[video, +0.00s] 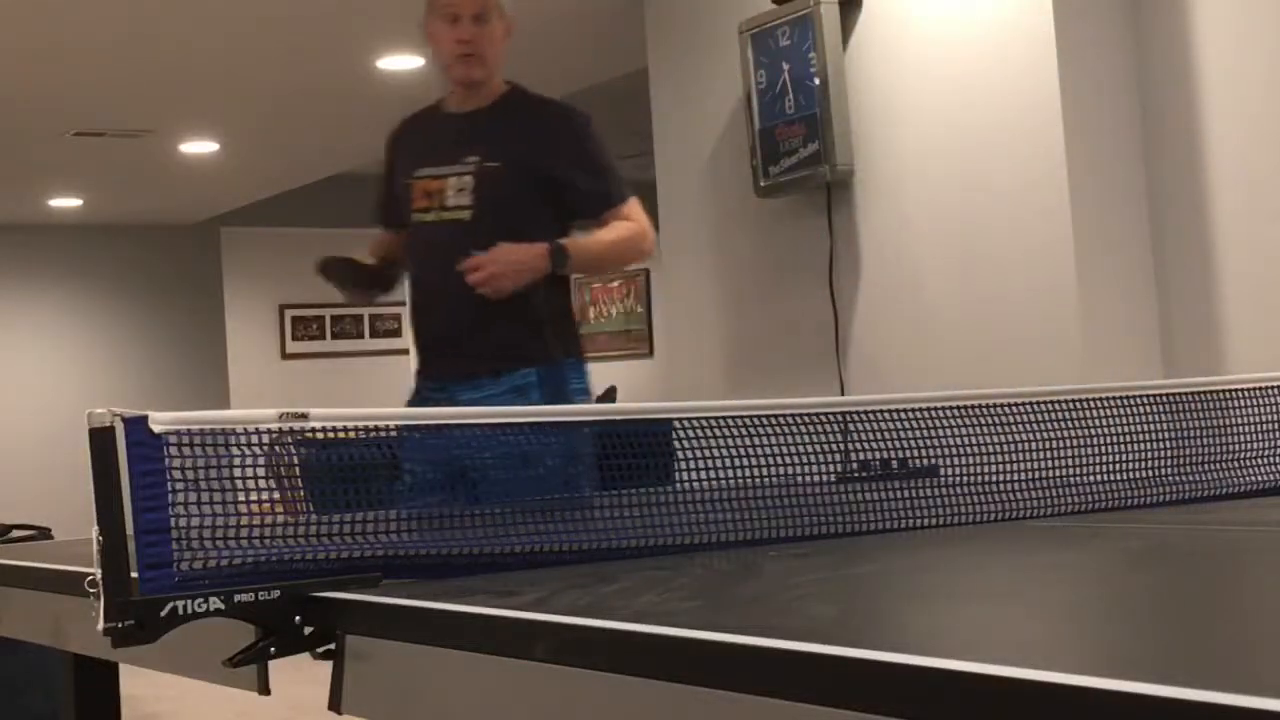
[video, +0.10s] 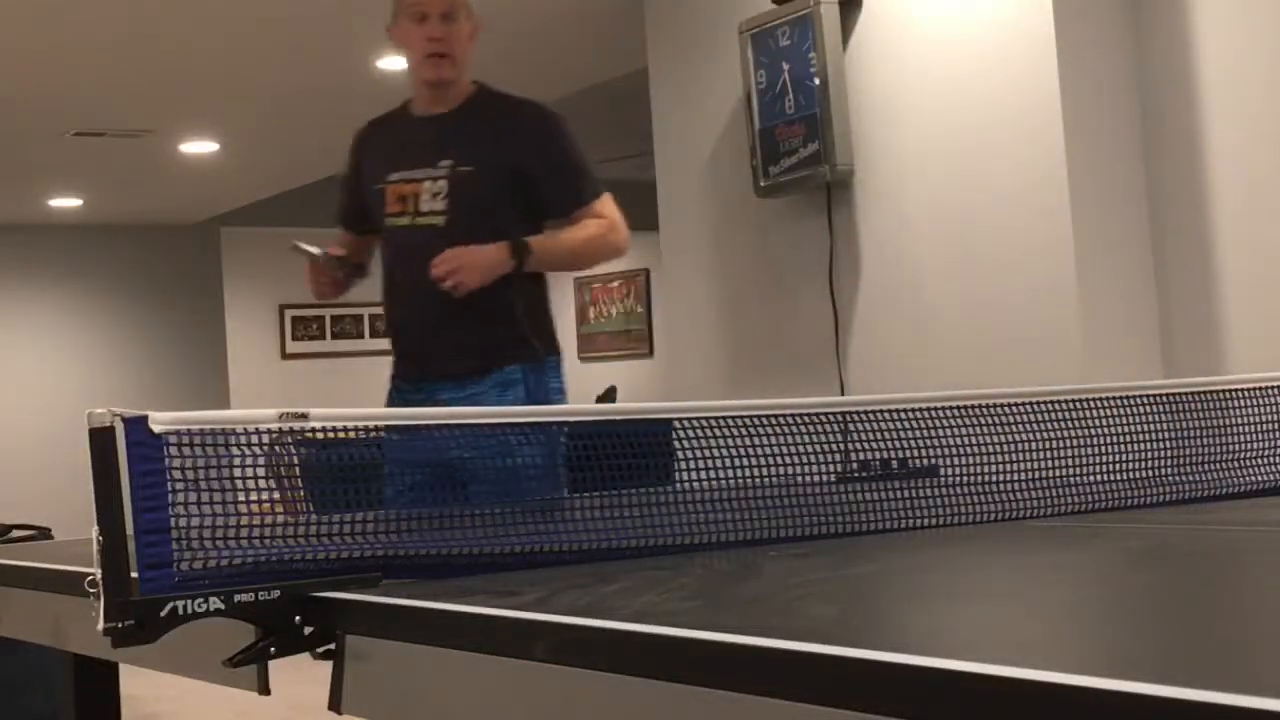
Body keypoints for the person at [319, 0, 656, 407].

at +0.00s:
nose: (465, 33)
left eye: (480, 19)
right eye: (450, 19)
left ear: (506, 30)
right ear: (428, 34)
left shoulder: (555, 126)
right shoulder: (410, 139)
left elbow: (638, 236)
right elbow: (398, 241)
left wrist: (547, 257)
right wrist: (372, 271)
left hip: (536, 389)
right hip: (438, 392)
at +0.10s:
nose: (436, 33)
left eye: (449, 17)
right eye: (419, 19)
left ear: (473, 30)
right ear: (396, 36)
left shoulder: (527, 126)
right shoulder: (375, 143)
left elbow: (611, 233)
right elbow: (355, 247)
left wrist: (508, 254)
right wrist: (331, 274)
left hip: (512, 387)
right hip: (414, 392)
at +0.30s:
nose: (398, 36)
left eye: (411, 22)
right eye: (381, 23)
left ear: (434, 36)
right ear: (356, 42)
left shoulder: (490, 129)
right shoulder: (333, 148)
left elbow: (555, 251)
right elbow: (306, 247)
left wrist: (444, 258)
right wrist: (289, 279)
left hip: (484, 385)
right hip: (385, 391)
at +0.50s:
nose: (383, 36)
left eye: (396, 21)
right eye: (366, 23)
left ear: (420, 35)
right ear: (342, 42)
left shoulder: (478, 130)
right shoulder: (320, 149)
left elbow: (534, 258)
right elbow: (315, 279)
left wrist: (436, 260)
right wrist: (291, 279)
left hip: (476, 395)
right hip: (370, 404)